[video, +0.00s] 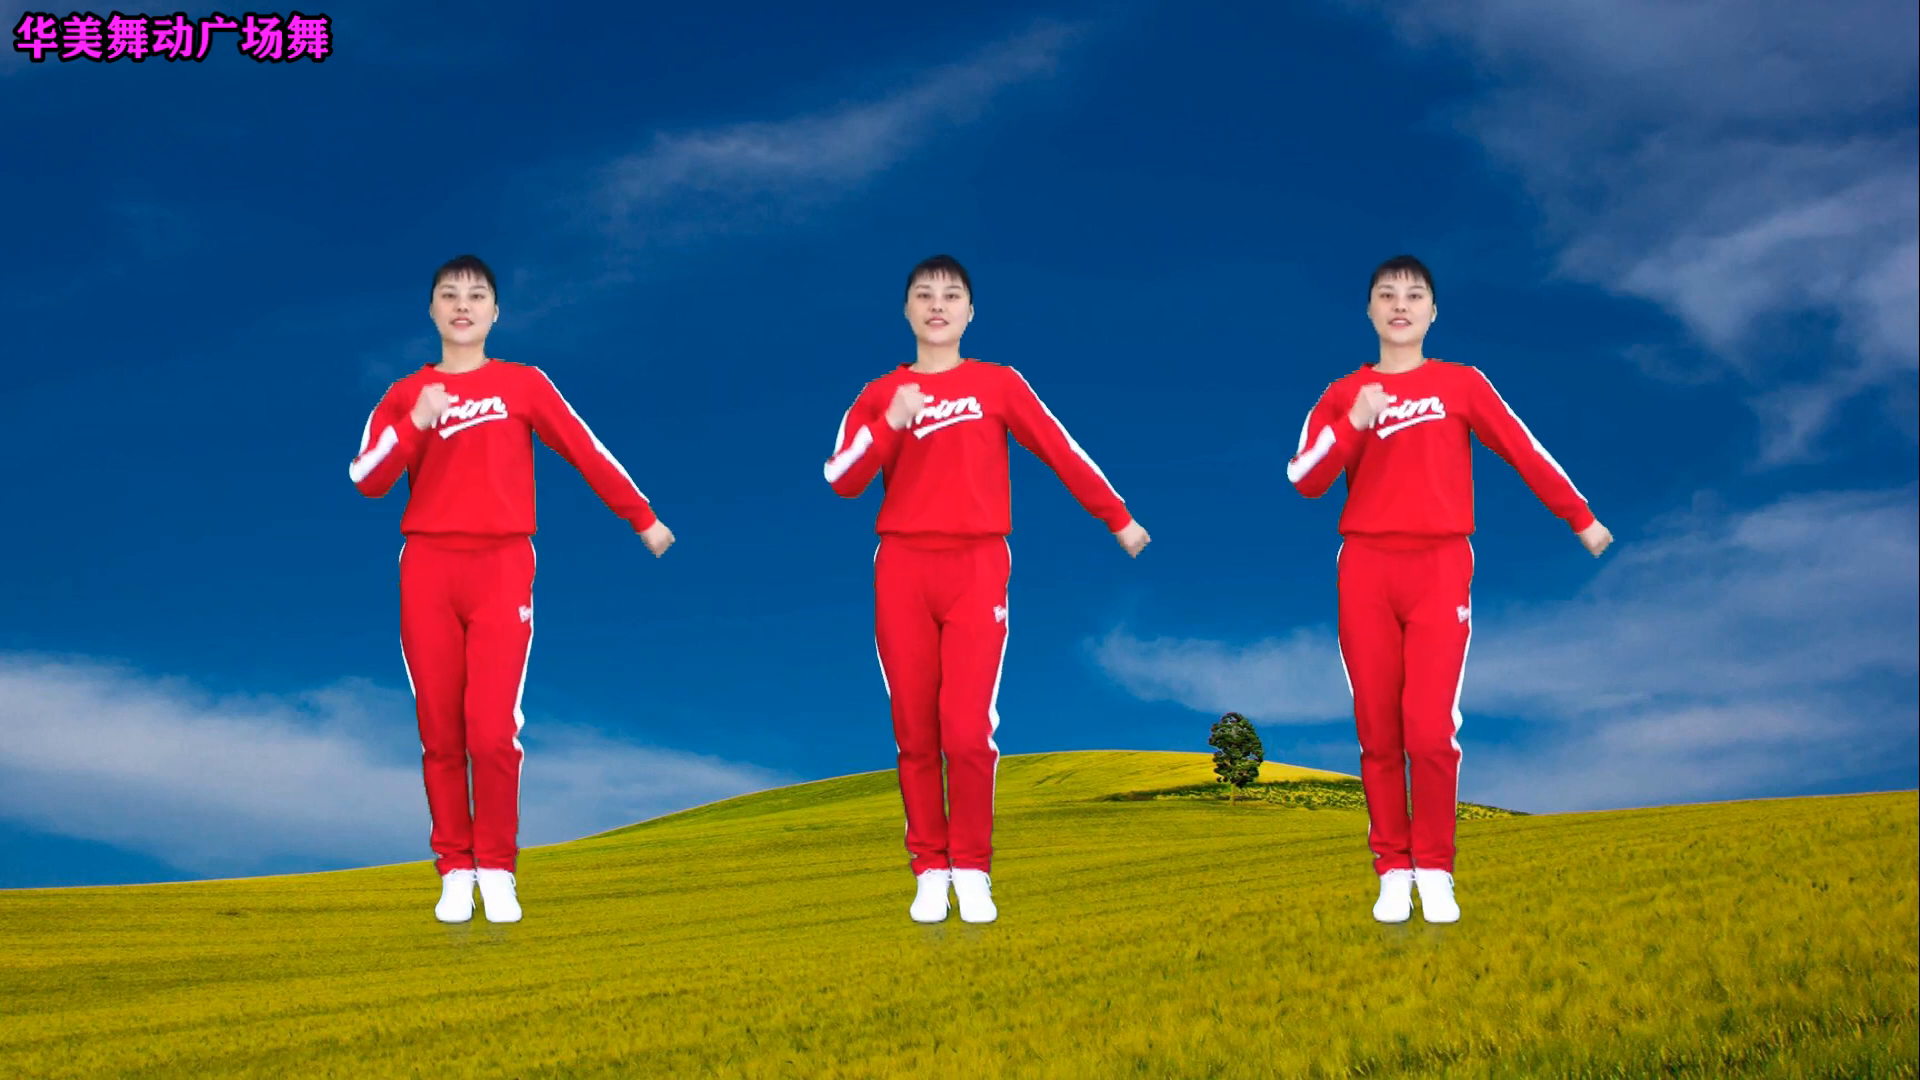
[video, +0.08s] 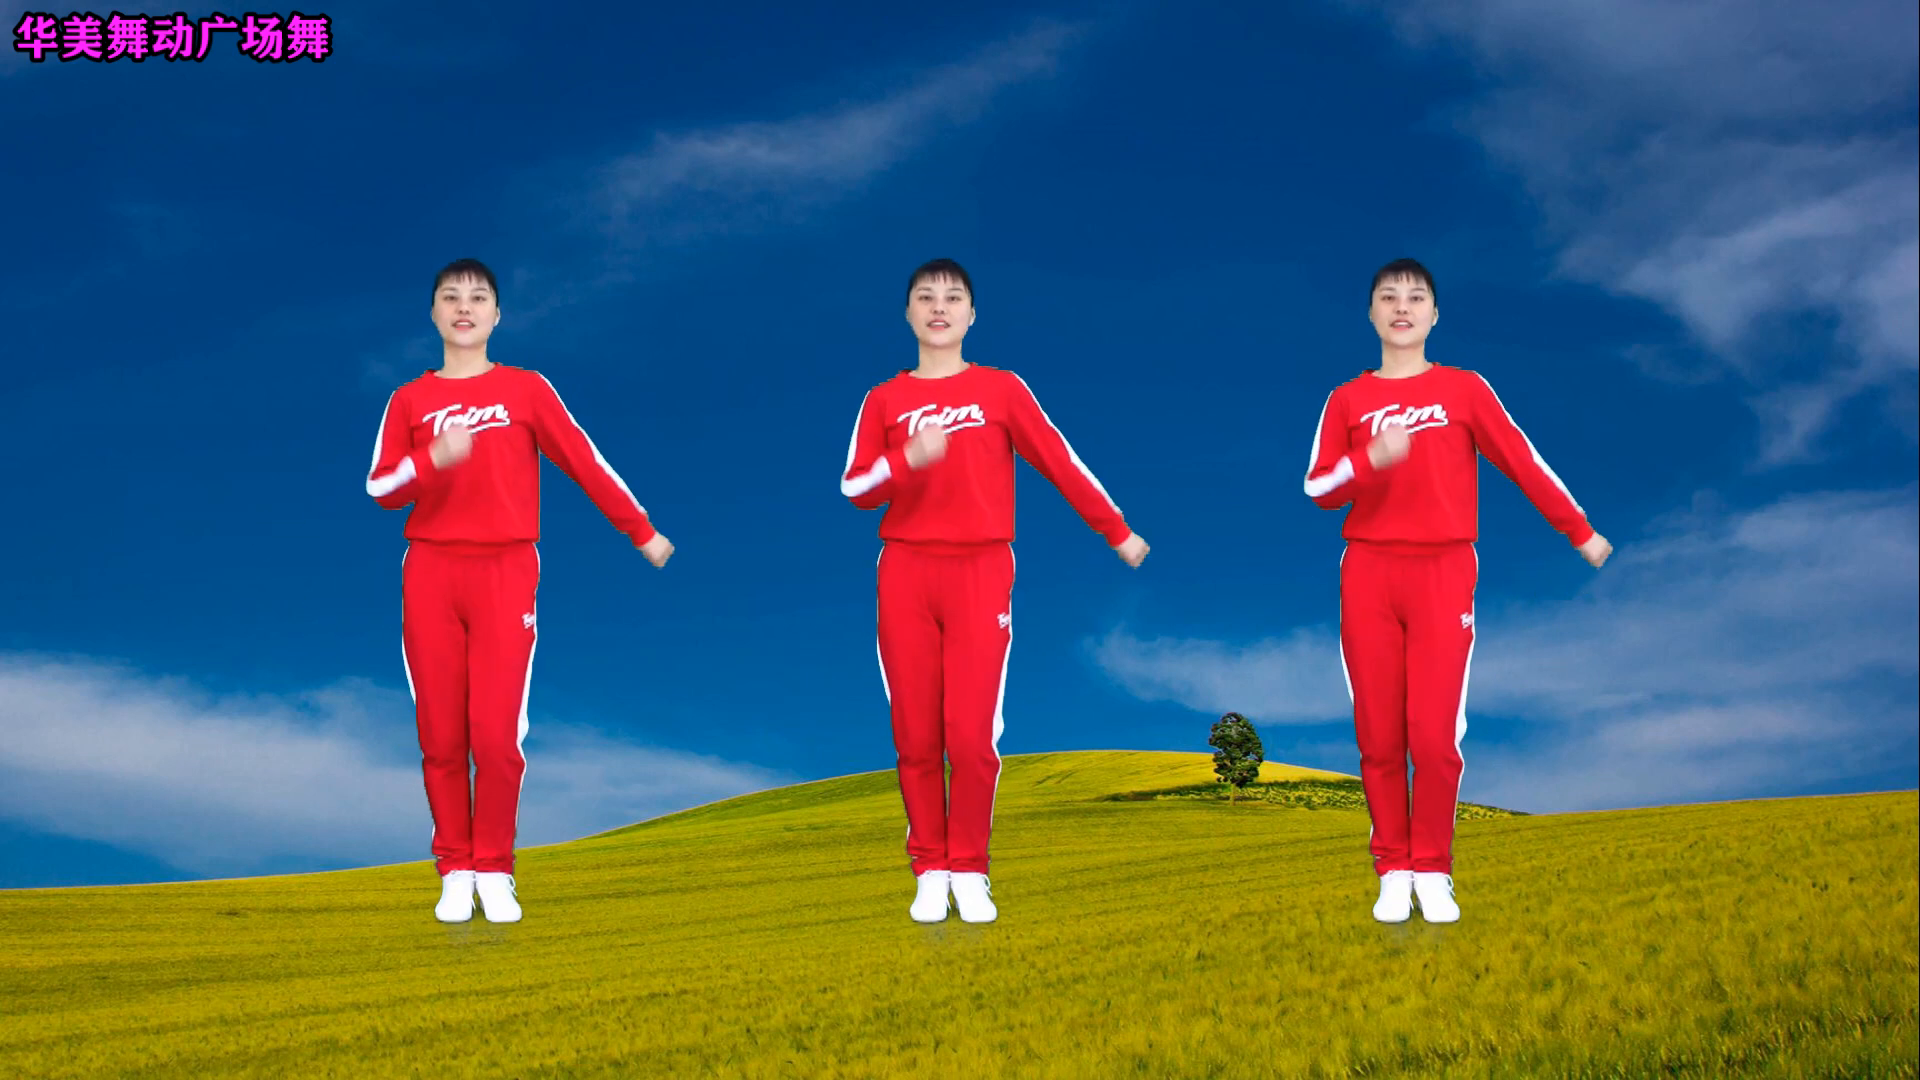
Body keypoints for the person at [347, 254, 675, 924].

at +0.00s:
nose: (462, 305)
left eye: (476, 296)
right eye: (450, 296)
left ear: (494, 311)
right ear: (432, 311)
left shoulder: (524, 383)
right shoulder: (404, 394)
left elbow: (587, 451)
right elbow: (368, 482)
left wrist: (644, 517)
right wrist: (414, 425)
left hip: (504, 566)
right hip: (427, 567)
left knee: (492, 731)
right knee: (440, 732)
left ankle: (496, 869)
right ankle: (455, 868)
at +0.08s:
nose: (465, 307)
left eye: (478, 298)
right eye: (451, 298)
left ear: (496, 314)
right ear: (434, 314)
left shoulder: (528, 388)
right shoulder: (408, 399)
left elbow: (587, 464)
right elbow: (381, 489)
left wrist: (643, 532)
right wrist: (431, 461)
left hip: (506, 570)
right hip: (430, 571)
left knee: (496, 731)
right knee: (441, 732)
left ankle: (494, 870)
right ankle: (455, 869)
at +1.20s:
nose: (499, 301)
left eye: (502, 291)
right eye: (482, 292)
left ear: (507, 310)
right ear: (447, 311)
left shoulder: (531, 391)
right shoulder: (432, 378)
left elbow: (551, 491)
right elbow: (489, 429)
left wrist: (562, 566)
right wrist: (584, 451)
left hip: (527, 564)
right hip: (456, 560)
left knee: (558, 708)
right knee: (454, 725)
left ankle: (563, 833)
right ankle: (449, 867)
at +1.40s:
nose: (530, 291)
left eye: (529, 282)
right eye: (516, 283)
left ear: (520, 302)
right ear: (476, 302)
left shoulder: (553, 380)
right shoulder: (458, 369)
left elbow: (582, 474)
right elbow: (497, 299)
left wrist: (596, 551)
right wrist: (558, 246)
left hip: (565, 554)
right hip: (492, 554)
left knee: (588, 717)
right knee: (470, 719)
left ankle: (614, 859)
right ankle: (451, 862)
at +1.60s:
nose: (546, 303)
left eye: (552, 294)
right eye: (530, 296)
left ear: (563, 310)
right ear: (501, 316)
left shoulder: (596, 379)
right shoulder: (492, 380)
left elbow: (630, 474)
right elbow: (443, 316)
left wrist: (639, 560)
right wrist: (445, 228)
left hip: (609, 559)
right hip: (535, 558)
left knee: (612, 727)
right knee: (521, 724)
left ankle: (610, 868)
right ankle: (472, 854)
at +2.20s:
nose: (578, 309)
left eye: (590, 298)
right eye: (566, 301)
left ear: (612, 310)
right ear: (553, 316)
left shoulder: (648, 381)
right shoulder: (532, 399)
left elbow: (724, 435)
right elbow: (518, 494)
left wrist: (802, 481)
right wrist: (510, 573)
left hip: (625, 568)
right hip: (546, 568)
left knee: (619, 731)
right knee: (564, 732)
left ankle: (614, 869)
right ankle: (573, 866)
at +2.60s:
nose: (537, 305)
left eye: (552, 293)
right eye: (534, 297)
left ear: (591, 304)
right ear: (533, 314)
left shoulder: (619, 370)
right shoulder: (518, 393)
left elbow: (556, 387)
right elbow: (504, 484)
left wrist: (468, 408)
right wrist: (492, 561)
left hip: (604, 558)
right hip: (531, 561)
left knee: (609, 717)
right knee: (492, 698)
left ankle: (614, 863)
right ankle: (484, 828)